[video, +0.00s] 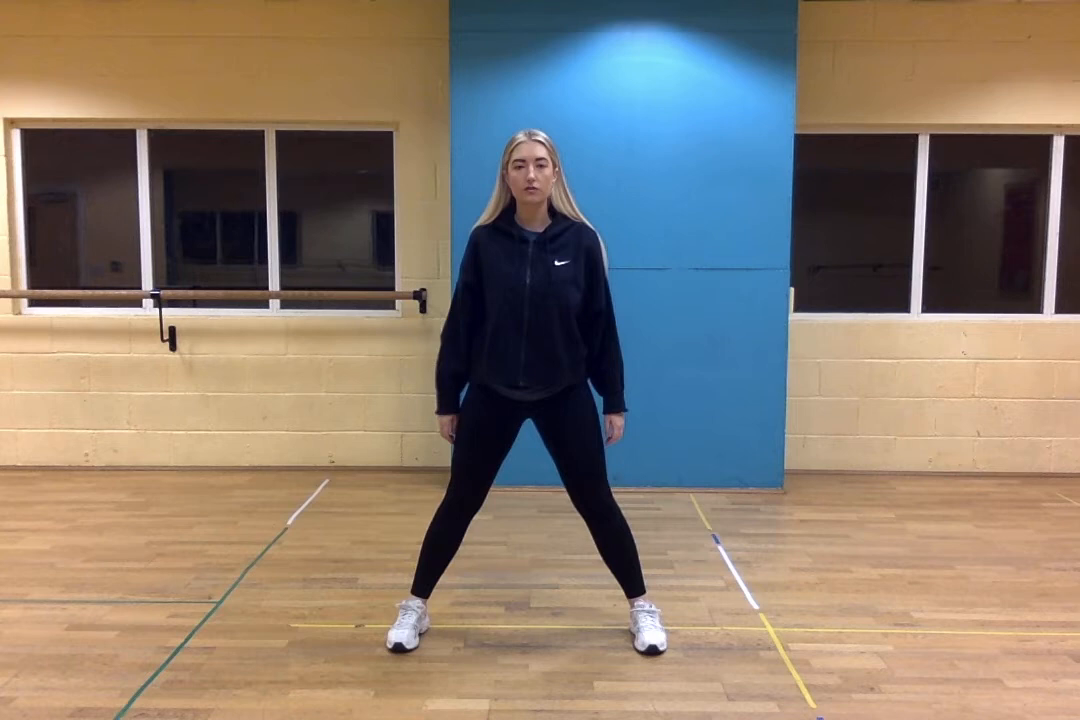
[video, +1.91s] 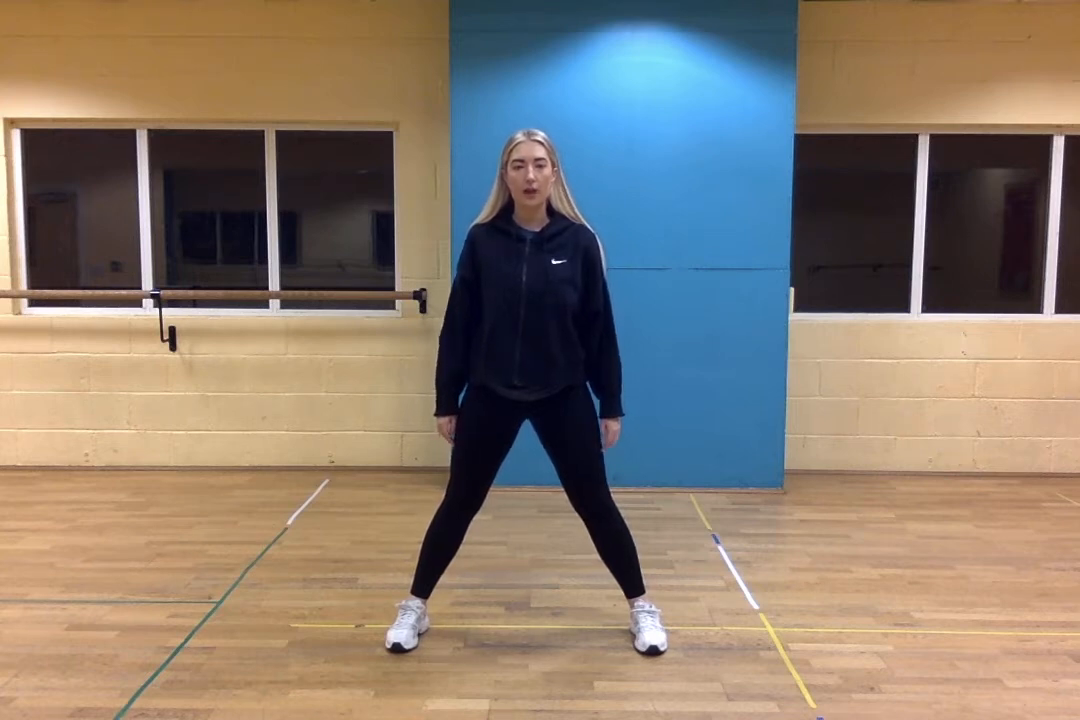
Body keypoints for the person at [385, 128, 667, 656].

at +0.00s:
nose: (531, 173)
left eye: (540, 164)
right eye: (520, 165)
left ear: (555, 173)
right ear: (506, 175)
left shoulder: (582, 239)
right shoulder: (485, 238)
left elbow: (600, 322)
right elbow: (461, 319)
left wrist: (614, 400)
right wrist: (447, 398)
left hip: (565, 391)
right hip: (493, 391)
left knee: (595, 501)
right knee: (460, 500)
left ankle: (641, 607)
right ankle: (414, 606)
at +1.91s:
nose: (529, 173)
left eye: (539, 164)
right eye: (519, 165)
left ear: (554, 172)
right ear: (505, 175)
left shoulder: (580, 240)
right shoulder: (483, 237)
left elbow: (598, 324)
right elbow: (458, 320)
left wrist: (610, 403)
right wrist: (447, 399)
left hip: (563, 393)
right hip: (491, 393)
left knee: (594, 503)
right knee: (459, 501)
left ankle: (641, 607)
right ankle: (414, 606)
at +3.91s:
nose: (528, 173)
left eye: (538, 164)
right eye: (517, 165)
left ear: (553, 173)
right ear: (504, 175)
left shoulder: (578, 240)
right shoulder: (481, 238)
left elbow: (597, 325)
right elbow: (457, 322)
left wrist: (608, 405)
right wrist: (448, 402)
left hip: (564, 394)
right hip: (492, 394)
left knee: (595, 503)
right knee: (460, 501)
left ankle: (641, 607)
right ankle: (413, 606)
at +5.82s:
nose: (501, 169)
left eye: (511, 161)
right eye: (491, 160)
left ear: (525, 171)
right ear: (475, 170)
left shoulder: (546, 240)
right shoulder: (449, 233)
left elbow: (570, 323)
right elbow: (422, 311)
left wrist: (587, 403)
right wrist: (412, 389)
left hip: (527, 390)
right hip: (456, 388)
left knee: (572, 499)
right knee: (421, 502)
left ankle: (635, 602)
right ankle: (412, 607)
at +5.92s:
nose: (491, 176)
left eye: (502, 167)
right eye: (481, 166)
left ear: (516, 178)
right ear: (466, 175)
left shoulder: (535, 248)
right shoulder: (439, 239)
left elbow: (557, 330)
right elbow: (411, 317)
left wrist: (573, 409)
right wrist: (400, 396)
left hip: (518, 398)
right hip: (446, 397)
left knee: (568, 504)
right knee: (409, 514)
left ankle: (632, 604)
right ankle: (410, 608)